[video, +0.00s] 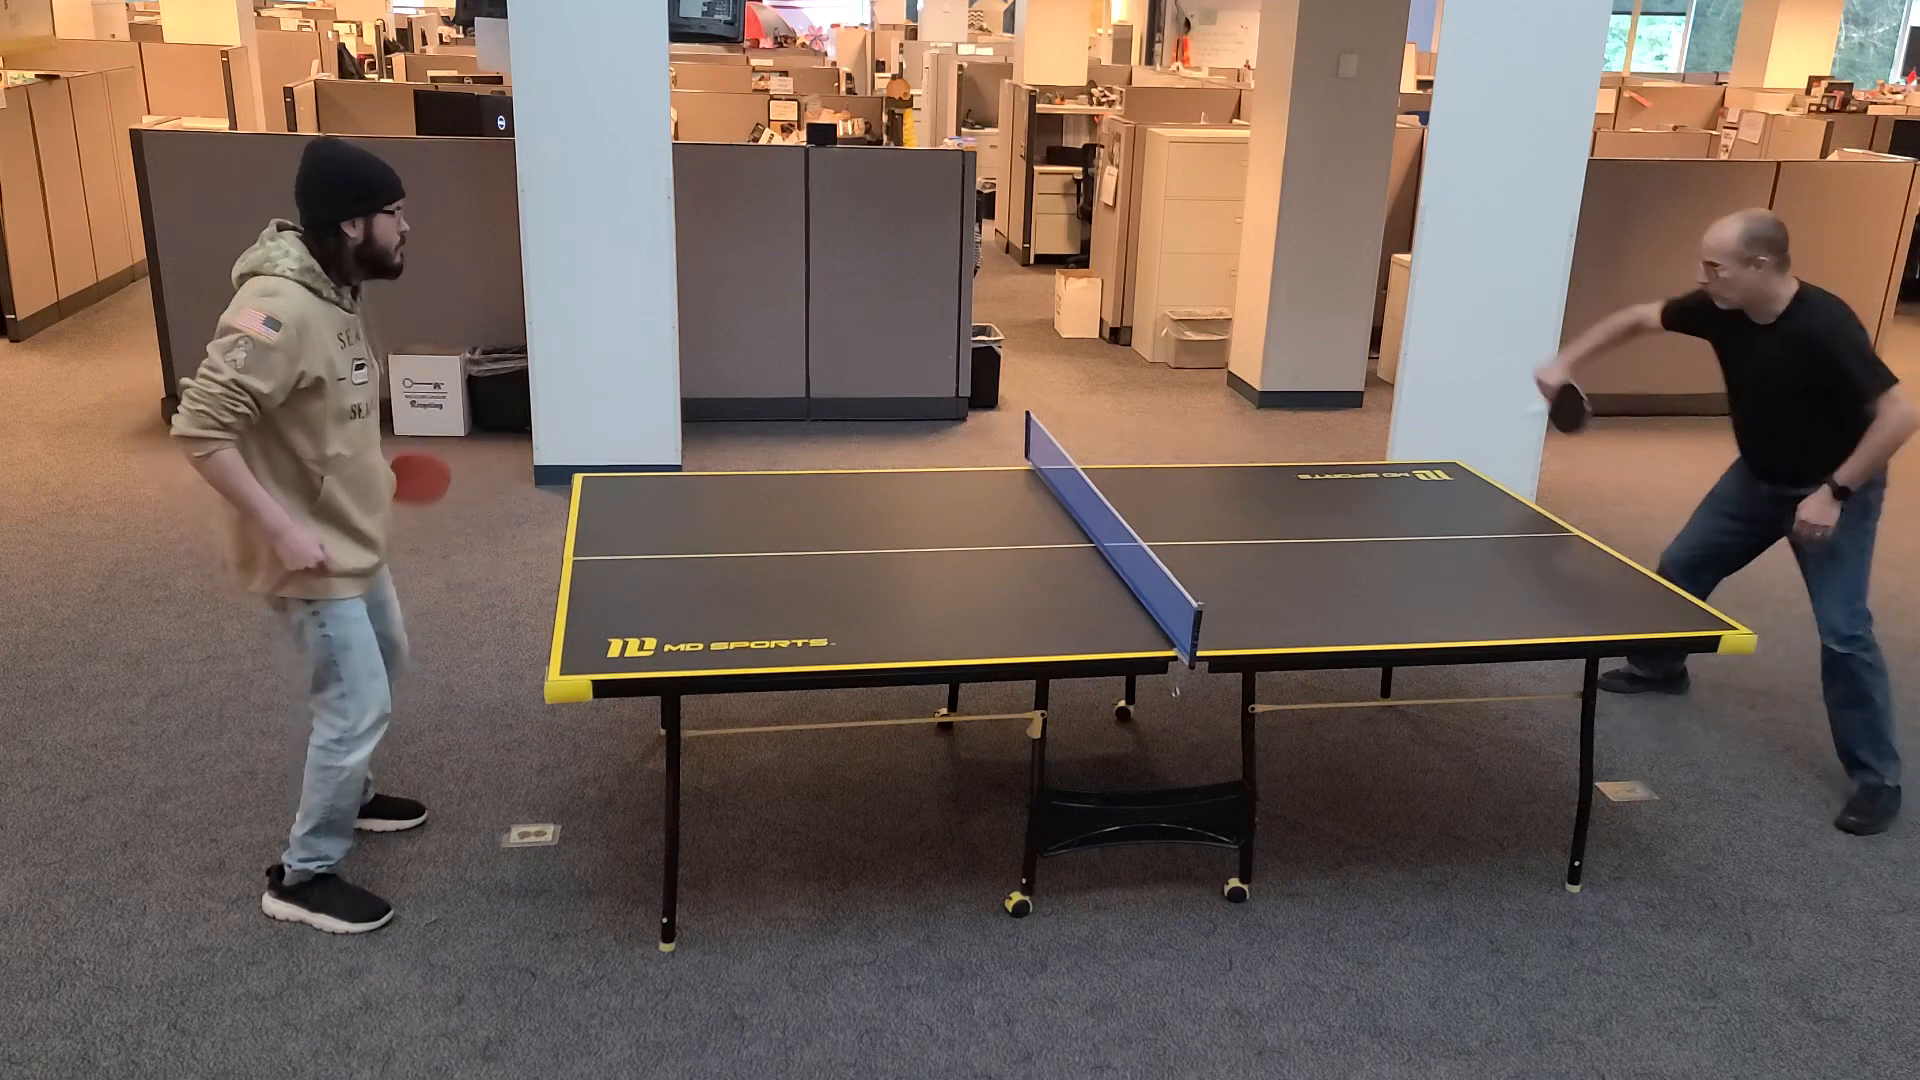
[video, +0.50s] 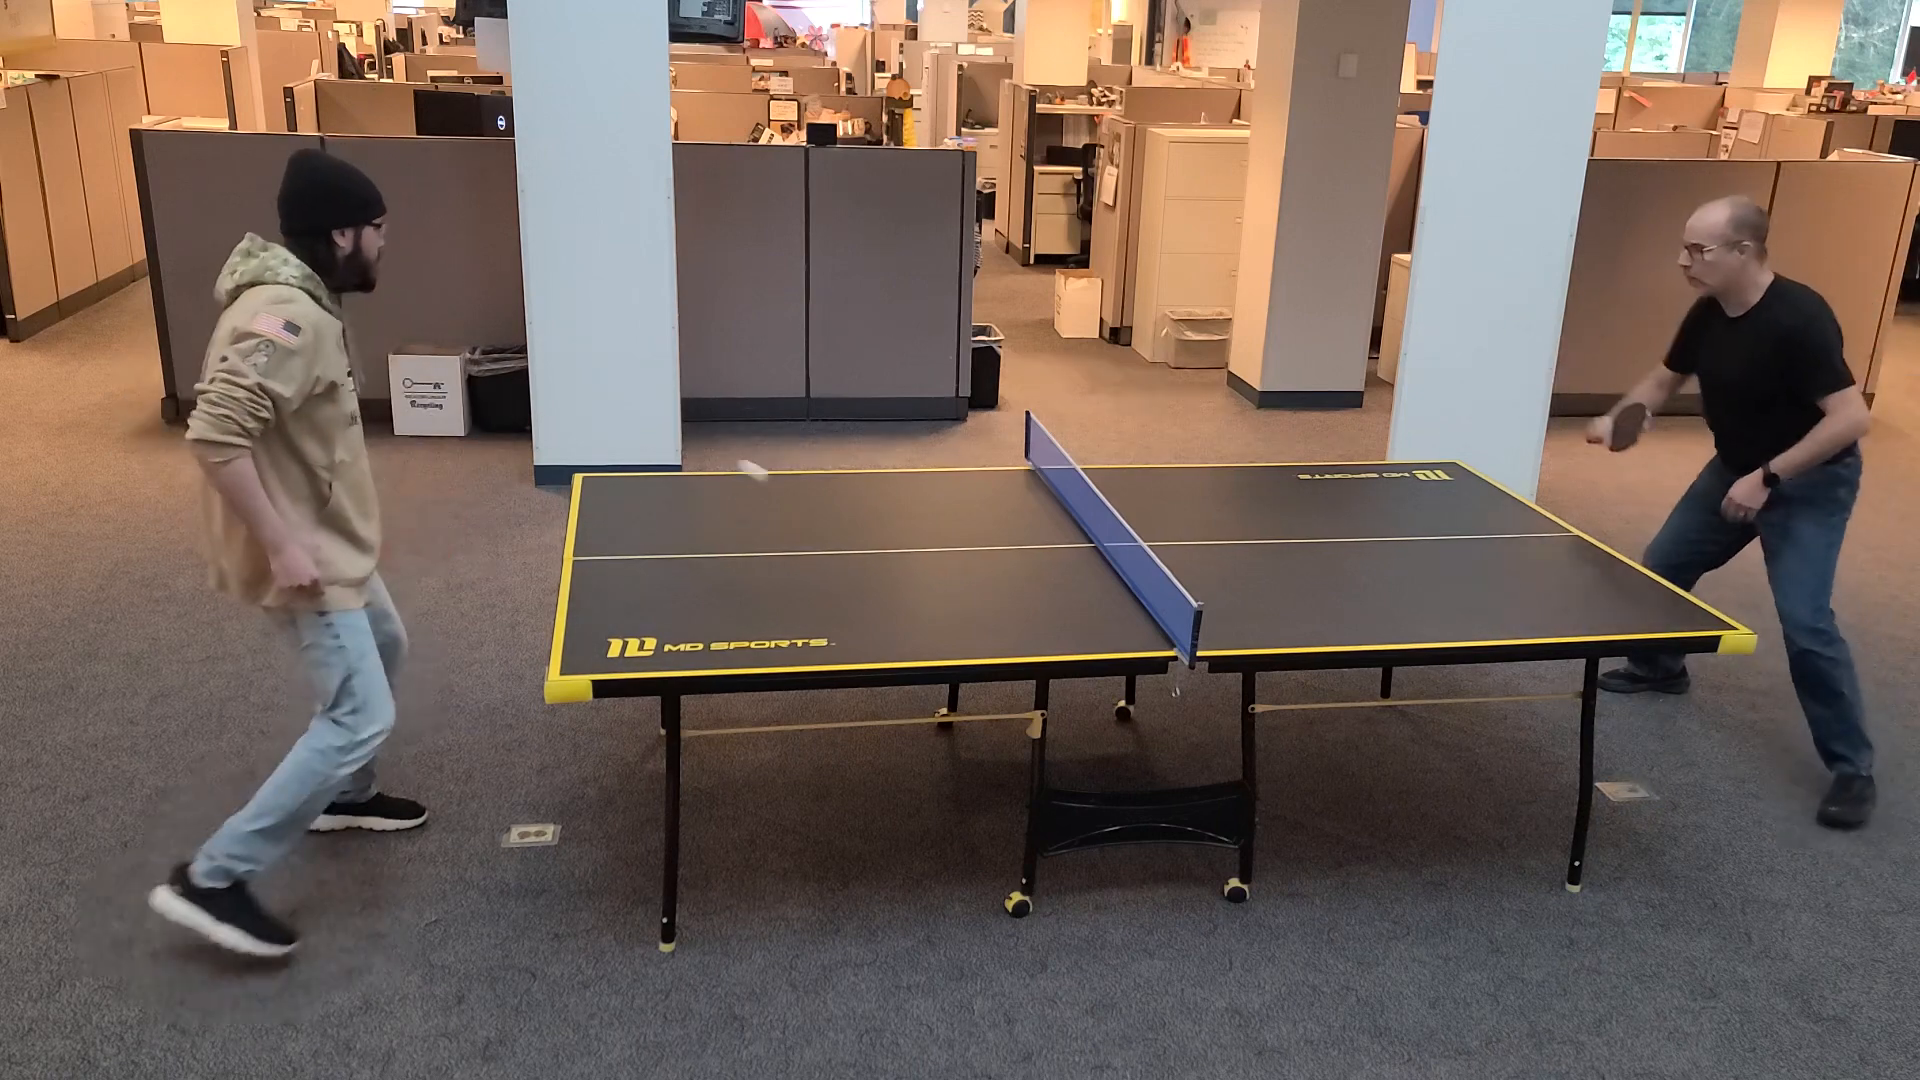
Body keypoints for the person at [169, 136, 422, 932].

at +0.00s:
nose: (406, 226)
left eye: (402, 210)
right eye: (393, 212)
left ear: (349, 222)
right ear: (347, 222)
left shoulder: (332, 284)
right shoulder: (275, 304)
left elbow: (311, 417)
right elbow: (199, 427)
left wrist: (375, 467)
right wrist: (282, 528)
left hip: (353, 537)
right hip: (307, 553)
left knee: (386, 671)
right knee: (354, 708)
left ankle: (344, 800)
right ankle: (302, 873)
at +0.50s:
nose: (384, 240)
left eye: (380, 225)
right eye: (374, 226)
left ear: (321, 232)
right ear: (336, 235)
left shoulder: (299, 297)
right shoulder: (280, 314)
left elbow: (249, 427)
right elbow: (217, 436)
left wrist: (324, 524)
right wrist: (283, 545)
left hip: (331, 540)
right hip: (301, 558)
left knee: (384, 643)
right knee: (359, 719)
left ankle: (345, 792)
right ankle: (212, 877)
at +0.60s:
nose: (363, 253)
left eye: (360, 238)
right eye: (354, 240)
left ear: (283, 241)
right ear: (319, 248)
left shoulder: (229, 309)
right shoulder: (287, 328)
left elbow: (165, 424)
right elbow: (234, 446)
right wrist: (290, 562)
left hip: (302, 560)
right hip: (291, 574)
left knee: (373, 656)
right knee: (330, 746)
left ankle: (341, 796)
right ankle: (169, 913)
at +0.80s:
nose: (300, 276)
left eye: (296, 261)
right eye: (294, 263)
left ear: (212, 264)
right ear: (269, 271)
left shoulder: (178, 347)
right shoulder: (248, 360)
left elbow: (137, 455)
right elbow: (231, 489)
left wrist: (210, 528)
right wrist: (307, 590)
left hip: (219, 589)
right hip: (246, 603)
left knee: (309, 676)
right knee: (271, 797)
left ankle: (333, 797)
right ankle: (138, 981)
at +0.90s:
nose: (279, 273)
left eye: (274, 257)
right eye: (269, 259)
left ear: (201, 266)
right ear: (235, 270)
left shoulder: (169, 346)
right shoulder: (198, 363)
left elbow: (217, 475)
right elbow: (182, 494)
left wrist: (325, 486)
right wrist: (286, 565)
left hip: (212, 591)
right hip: (209, 608)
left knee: (293, 682)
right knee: (265, 800)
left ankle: (304, 809)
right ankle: (136, 985)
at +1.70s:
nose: (332, 223)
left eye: (331, 206)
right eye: (315, 208)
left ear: (283, 217)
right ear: (261, 217)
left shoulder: (280, 296)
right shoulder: (206, 304)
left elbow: (282, 434)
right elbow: (117, 430)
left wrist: (326, 518)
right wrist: (202, 546)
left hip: (279, 558)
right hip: (235, 572)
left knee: (289, 710)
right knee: (300, 735)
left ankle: (286, 834)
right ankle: (242, 922)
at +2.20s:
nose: (428, 290)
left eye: (430, 273)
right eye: (413, 276)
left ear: (377, 274)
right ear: (352, 277)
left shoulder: (400, 345)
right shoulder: (262, 373)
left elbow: (417, 470)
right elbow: (195, 517)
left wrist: (430, 574)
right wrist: (262, 642)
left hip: (395, 609)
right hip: (316, 632)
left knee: (420, 731)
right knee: (367, 800)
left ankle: (333, 809)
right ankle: (361, 965)